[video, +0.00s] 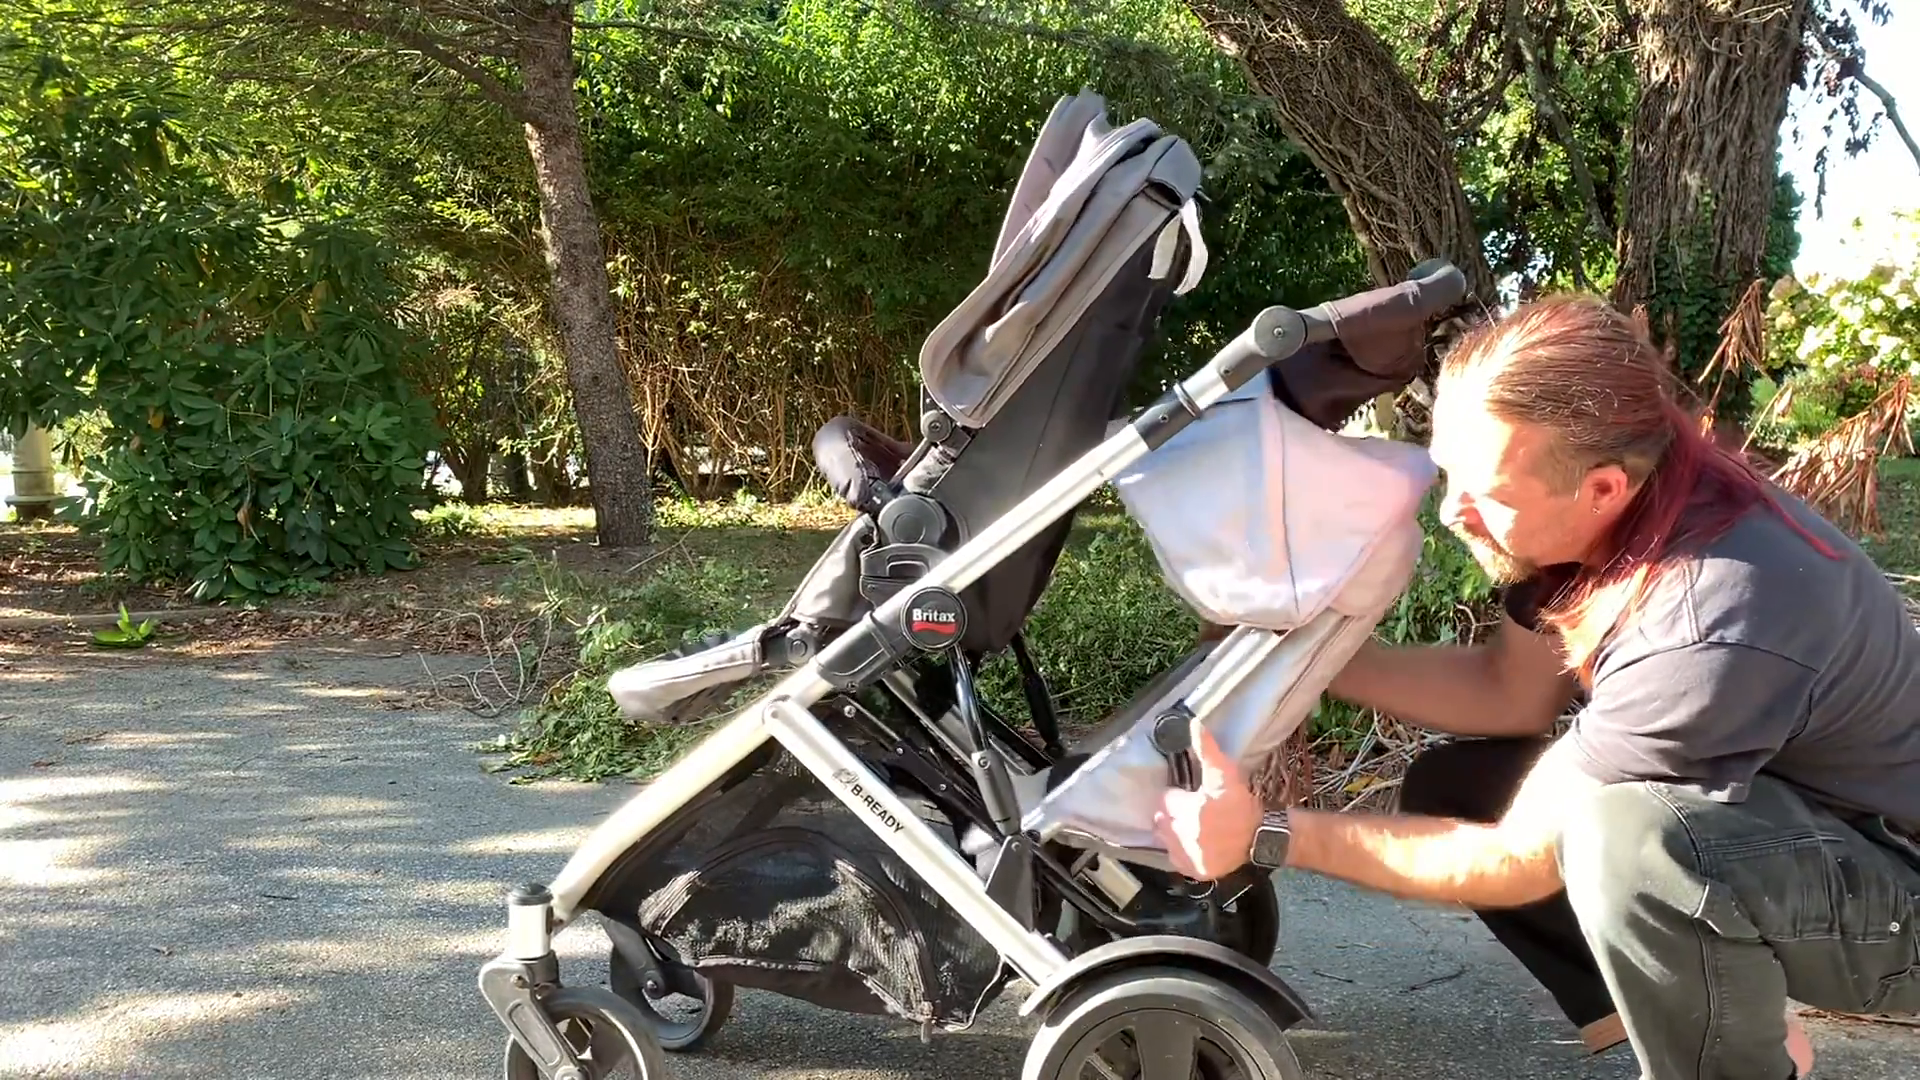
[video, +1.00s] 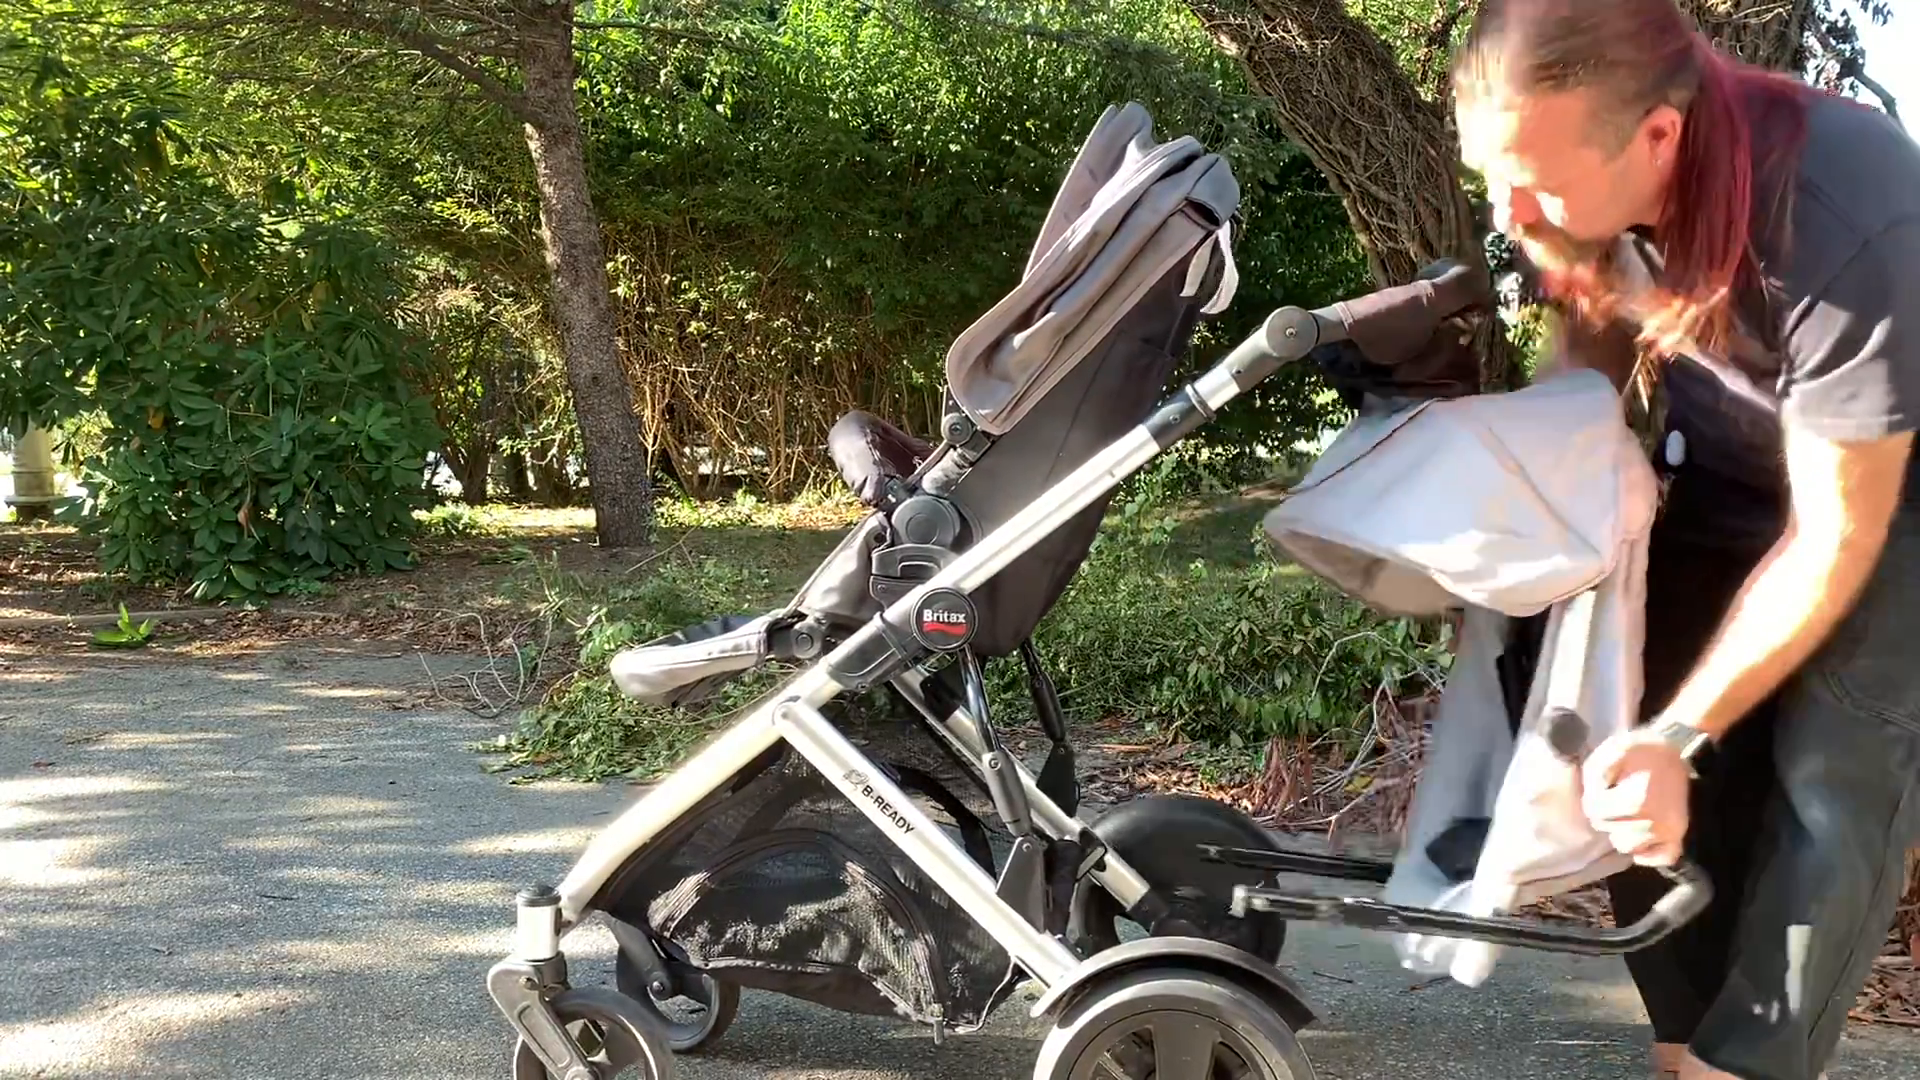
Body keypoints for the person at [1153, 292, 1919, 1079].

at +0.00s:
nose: (1461, 516)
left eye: (1490, 498)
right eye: (1459, 484)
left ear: (1605, 494)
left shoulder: (1722, 622)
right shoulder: (1585, 523)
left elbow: (1514, 864)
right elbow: (1512, 691)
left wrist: (1271, 833)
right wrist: (1313, 654)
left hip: (1896, 874)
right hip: (1792, 806)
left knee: (1635, 838)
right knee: (1454, 783)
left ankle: (1747, 1059)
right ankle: (1677, 1033)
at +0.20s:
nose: (1463, 497)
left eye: (1495, 475)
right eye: (1460, 463)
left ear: (1608, 477)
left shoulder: (1720, 613)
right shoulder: (1655, 506)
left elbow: (1548, 864)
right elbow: (1542, 669)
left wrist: (1314, 843)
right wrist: (1347, 647)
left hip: (1896, 874)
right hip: (1795, 805)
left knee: (1631, 844)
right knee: (1435, 792)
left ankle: (1746, 1064)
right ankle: (1675, 1034)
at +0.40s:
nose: (1454, 457)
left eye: (1489, 438)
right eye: (1452, 424)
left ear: (1605, 440)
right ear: (1601, 436)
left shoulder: (1718, 585)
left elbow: (1599, 826)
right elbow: (1567, 625)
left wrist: (1361, 840)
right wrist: (1379, 657)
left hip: (1892, 810)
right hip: (1761, 752)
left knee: (1651, 835)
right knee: (1424, 805)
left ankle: (1734, 1064)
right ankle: (1667, 1039)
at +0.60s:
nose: (1445, 392)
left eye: (1471, 369)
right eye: (1436, 356)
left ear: (1598, 361)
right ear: (1598, 357)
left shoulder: (1743, 479)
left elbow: (1656, 742)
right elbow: (1576, 528)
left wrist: (1418, 811)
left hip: (1894, 665)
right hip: (1751, 620)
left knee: (1693, 805)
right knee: (1474, 788)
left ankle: (1748, 1064)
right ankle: (1675, 1037)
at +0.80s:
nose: (1472, 300)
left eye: (1499, 275)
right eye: (1462, 267)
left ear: (1623, 246)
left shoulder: (1798, 339)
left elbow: (1735, 632)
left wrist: (1525, 780)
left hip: (1886, 544)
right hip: (1712, 530)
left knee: (1776, 758)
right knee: (1555, 771)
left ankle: (1747, 1069)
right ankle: (1673, 1051)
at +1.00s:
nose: (1511, 219)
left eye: (1532, 190)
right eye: (1498, 188)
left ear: (1656, 142)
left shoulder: (1852, 222)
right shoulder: (1594, 188)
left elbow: (1840, 535)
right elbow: (1585, 328)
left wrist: (1678, 735)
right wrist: (1595, 439)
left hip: (1877, 499)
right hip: (1705, 490)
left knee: (1837, 781)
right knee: (1646, 768)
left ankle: (1735, 1059)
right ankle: (1688, 1049)